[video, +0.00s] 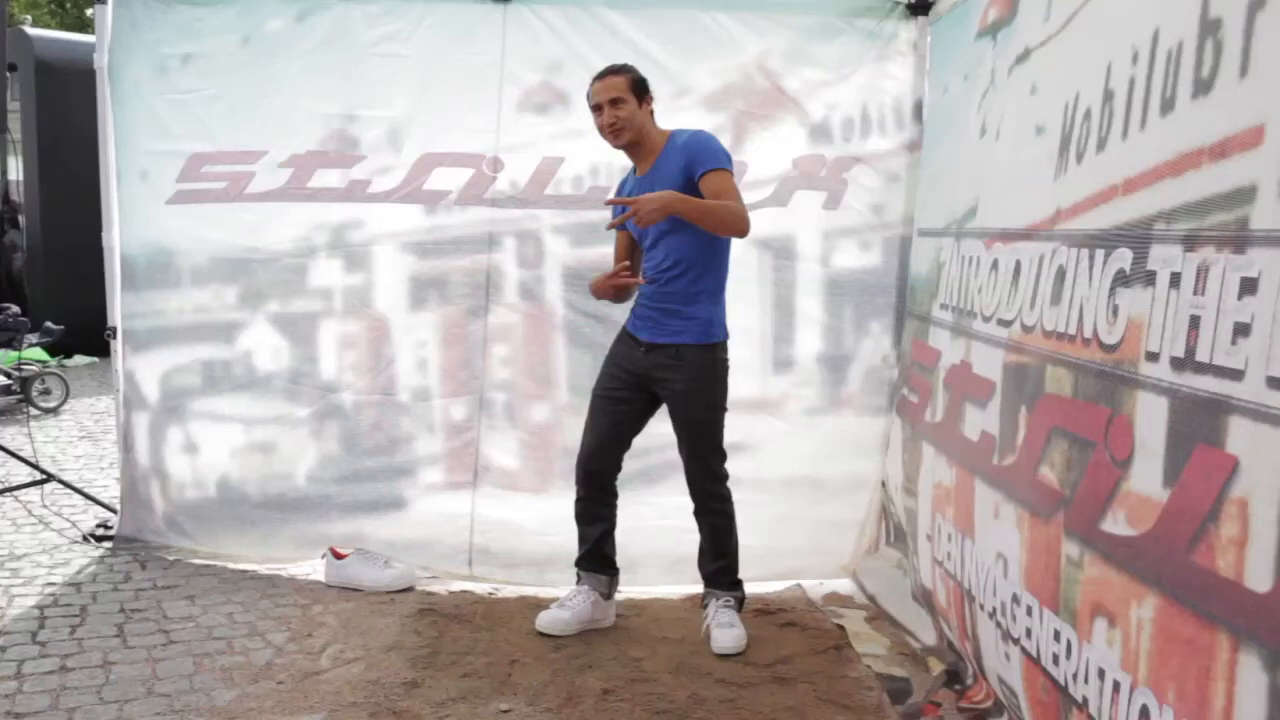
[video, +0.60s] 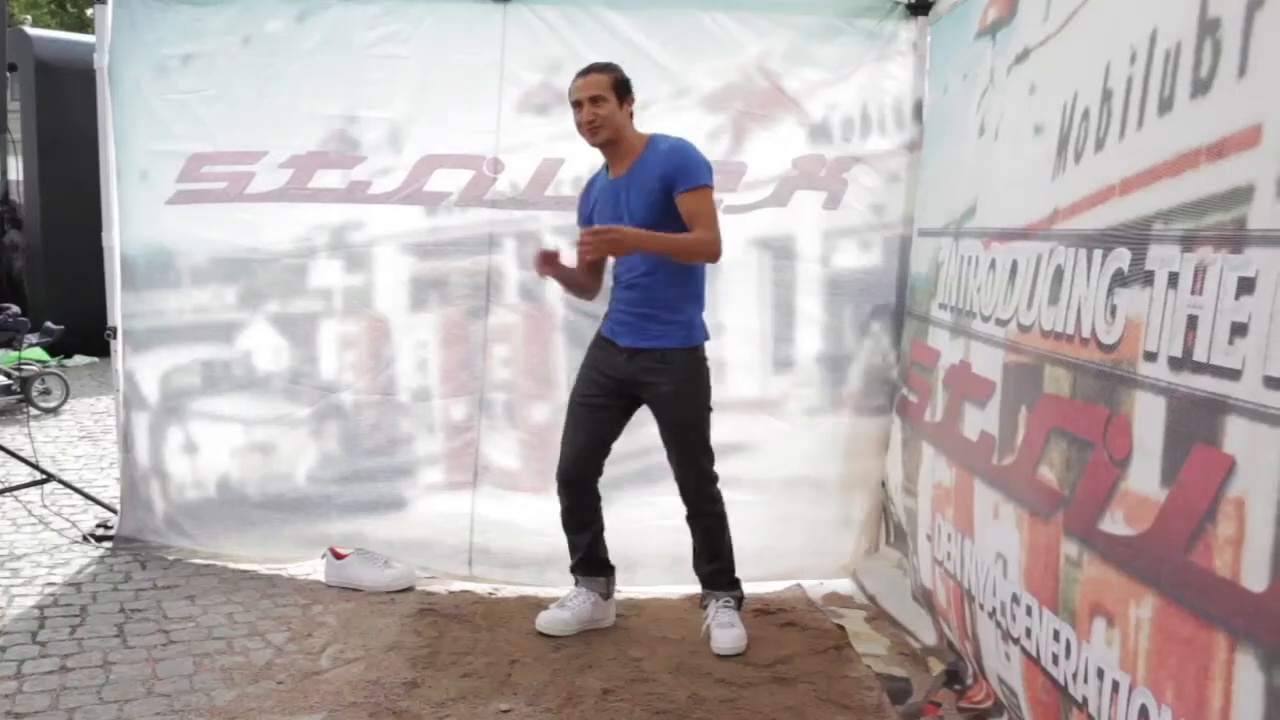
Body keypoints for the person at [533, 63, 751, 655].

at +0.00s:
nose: (608, 118)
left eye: (618, 104)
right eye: (599, 111)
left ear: (647, 104)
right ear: (595, 122)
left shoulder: (696, 149)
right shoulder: (625, 192)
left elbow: (738, 222)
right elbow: (625, 275)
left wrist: (675, 202)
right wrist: (605, 288)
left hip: (696, 348)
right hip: (636, 342)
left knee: (706, 477)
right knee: (594, 463)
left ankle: (723, 600)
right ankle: (595, 590)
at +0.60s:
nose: (586, 115)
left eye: (597, 102)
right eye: (577, 106)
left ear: (627, 104)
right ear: (574, 117)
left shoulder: (675, 157)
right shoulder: (594, 192)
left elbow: (709, 245)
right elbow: (588, 287)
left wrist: (632, 239)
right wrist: (560, 269)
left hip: (676, 354)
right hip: (613, 348)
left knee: (697, 483)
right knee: (574, 471)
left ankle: (722, 602)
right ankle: (593, 592)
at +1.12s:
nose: (566, 102)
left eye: (577, 91)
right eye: (556, 92)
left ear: (597, 99)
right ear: (543, 103)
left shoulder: (639, 155)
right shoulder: (540, 181)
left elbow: (658, 248)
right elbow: (539, 270)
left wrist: (633, 318)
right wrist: (526, 280)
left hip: (625, 344)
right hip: (565, 343)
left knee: (626, 478)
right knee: (554, 475)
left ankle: (644, 608)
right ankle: (591, 589)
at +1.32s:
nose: (568, 85)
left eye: (580, 76)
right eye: (558, 76)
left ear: (601, 85)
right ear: (546, 87)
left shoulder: (642, 149)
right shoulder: (535, 167)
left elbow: (682, 241)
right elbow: (504, 252)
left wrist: (707, 325)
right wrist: (448, 217)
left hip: (625, 337)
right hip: (561, 337)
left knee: (620, 470)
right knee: (563, 470)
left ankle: (614, 605)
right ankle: (586, 586)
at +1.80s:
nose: (601, 87)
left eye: (615, 78)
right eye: (592, 76)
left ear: (634, 91)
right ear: (578, 86)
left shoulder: (659, 163)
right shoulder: (545, 159)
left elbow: (669, 247)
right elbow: (529, 263)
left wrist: (675, 265)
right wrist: (538, 237)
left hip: (642, 337)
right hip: (571, 339)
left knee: (657, 463)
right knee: (571, 472)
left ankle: (630, 598)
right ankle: (588, 588)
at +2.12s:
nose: (588, 80)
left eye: (601, 69)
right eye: (586, 71)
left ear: (640, 78)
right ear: (591, 82)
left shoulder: (684, 161)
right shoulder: (570, 155)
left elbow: (701, 261)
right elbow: (544, 245)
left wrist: (683, 347)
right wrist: (557, 271)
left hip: (645, 345)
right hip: (575, 340)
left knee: (652, 487)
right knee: (560, 470)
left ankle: (652, 611)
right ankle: (587, 584)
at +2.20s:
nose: (582, 88)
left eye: (595, 78)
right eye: (581, 79)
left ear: (635, 85)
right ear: (589, 89)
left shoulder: (684, 169)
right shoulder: (576, 164)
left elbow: (705, 269)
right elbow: (548, 249)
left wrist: (709, 365)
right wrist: (524, 247)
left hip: (645, 354)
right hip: (578, 344)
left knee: (645, 493)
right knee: (547, 468)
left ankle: (652, 614)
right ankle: (582, 578)